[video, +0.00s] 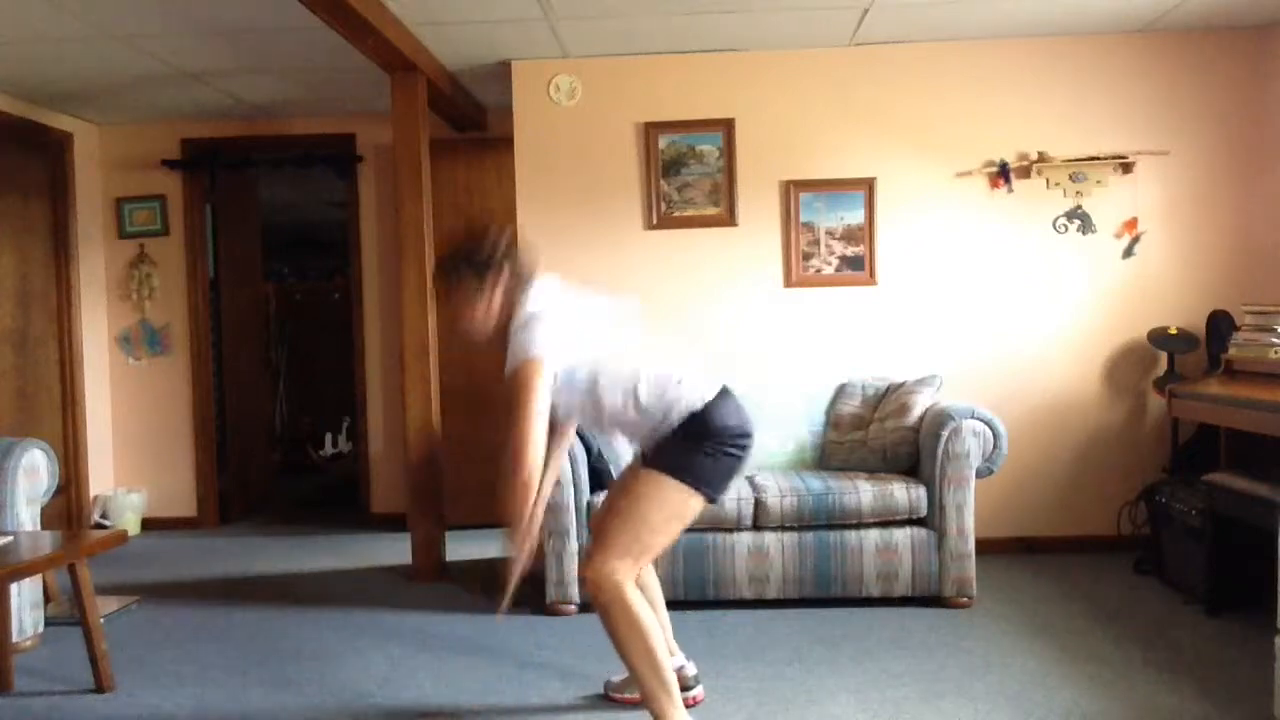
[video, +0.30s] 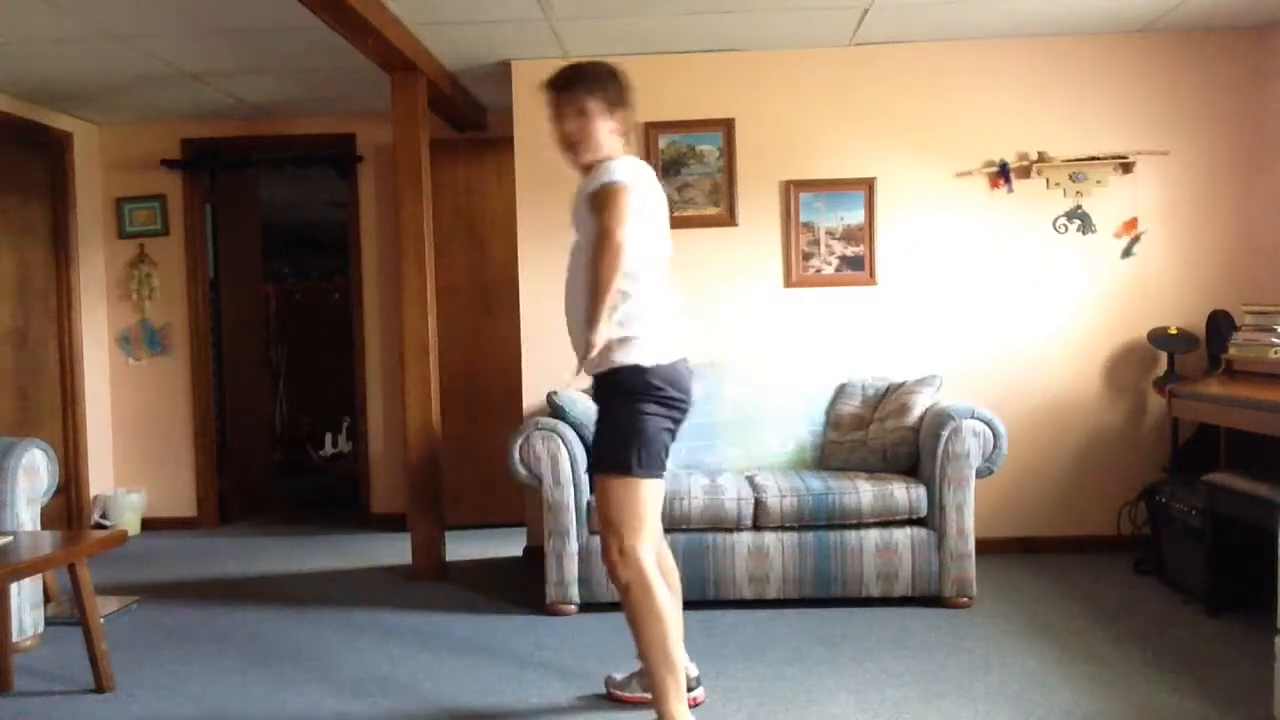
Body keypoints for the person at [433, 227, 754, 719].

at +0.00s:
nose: (459, 317)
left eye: (462, 299)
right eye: (454, 302)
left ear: (494, 283)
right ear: (499, 280)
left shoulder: (535, 322)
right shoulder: (550, 303)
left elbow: (525, 455)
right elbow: (559, 433)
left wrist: (519, 536)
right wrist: (533, 519)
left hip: (705, 424)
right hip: (695, 419)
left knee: (605, 571)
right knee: (612, 536)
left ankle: (671, 711)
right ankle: (670, 666)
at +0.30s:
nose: (567, 130)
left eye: (579, 115)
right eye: (560, 118)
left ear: (616, 117)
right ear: (560, 122)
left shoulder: (614, 177)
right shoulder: (629, 179)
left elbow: (614, 248)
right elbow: (642, 262)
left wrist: (593, 333)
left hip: (637, 375)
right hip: (647, 370)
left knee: (626, 548)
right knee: (634, 536)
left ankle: (673, 705)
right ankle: (672, 667)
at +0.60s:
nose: (594, 128)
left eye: (609, 115)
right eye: (584, 117)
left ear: (641, 125)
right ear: (575, 127)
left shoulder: (634, 186)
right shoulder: (640, 187)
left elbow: (641, 266)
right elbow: (643, 275)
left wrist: (613, 346)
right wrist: (604, 351)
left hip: (628, 380)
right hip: (637, 378)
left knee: (628, 551)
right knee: (638, 542)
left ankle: (673, 706)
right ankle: (673, 670)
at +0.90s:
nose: (471, 217)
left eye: (478, 200)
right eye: (468, 202)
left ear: (515, 190)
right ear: (520, 192)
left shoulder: (542, 235)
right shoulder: (560, 223)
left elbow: (519, 351)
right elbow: (568, 329)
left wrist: (510, 447)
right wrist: (565, 408)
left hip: (681, 393)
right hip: (685, 387)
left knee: (635, 558)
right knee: (649, 548)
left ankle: (675, 708)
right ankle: (674, 672)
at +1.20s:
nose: (438, 468)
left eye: (434, 455)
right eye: (429, 459)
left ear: (454, 432)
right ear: (458, 422)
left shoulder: (514, 444)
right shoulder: (518, 421)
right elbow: (501, 562)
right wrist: (471, 636)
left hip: (705, 447)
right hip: (703, 435)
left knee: (600, 579)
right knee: (613, 554)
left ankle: (669, 712)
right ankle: (673, 671)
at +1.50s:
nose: (451, 583)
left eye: (437, 576)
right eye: (438, 581)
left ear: (436, 546)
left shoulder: (477, 515)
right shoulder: (508, 515)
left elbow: (483, 649)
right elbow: (500, 636)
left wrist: (465, 714)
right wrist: (468, 705)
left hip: (645, 416)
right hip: (661, 408)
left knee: (574, 593)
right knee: (612, 552)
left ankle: (668, 713)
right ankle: (672, 662)